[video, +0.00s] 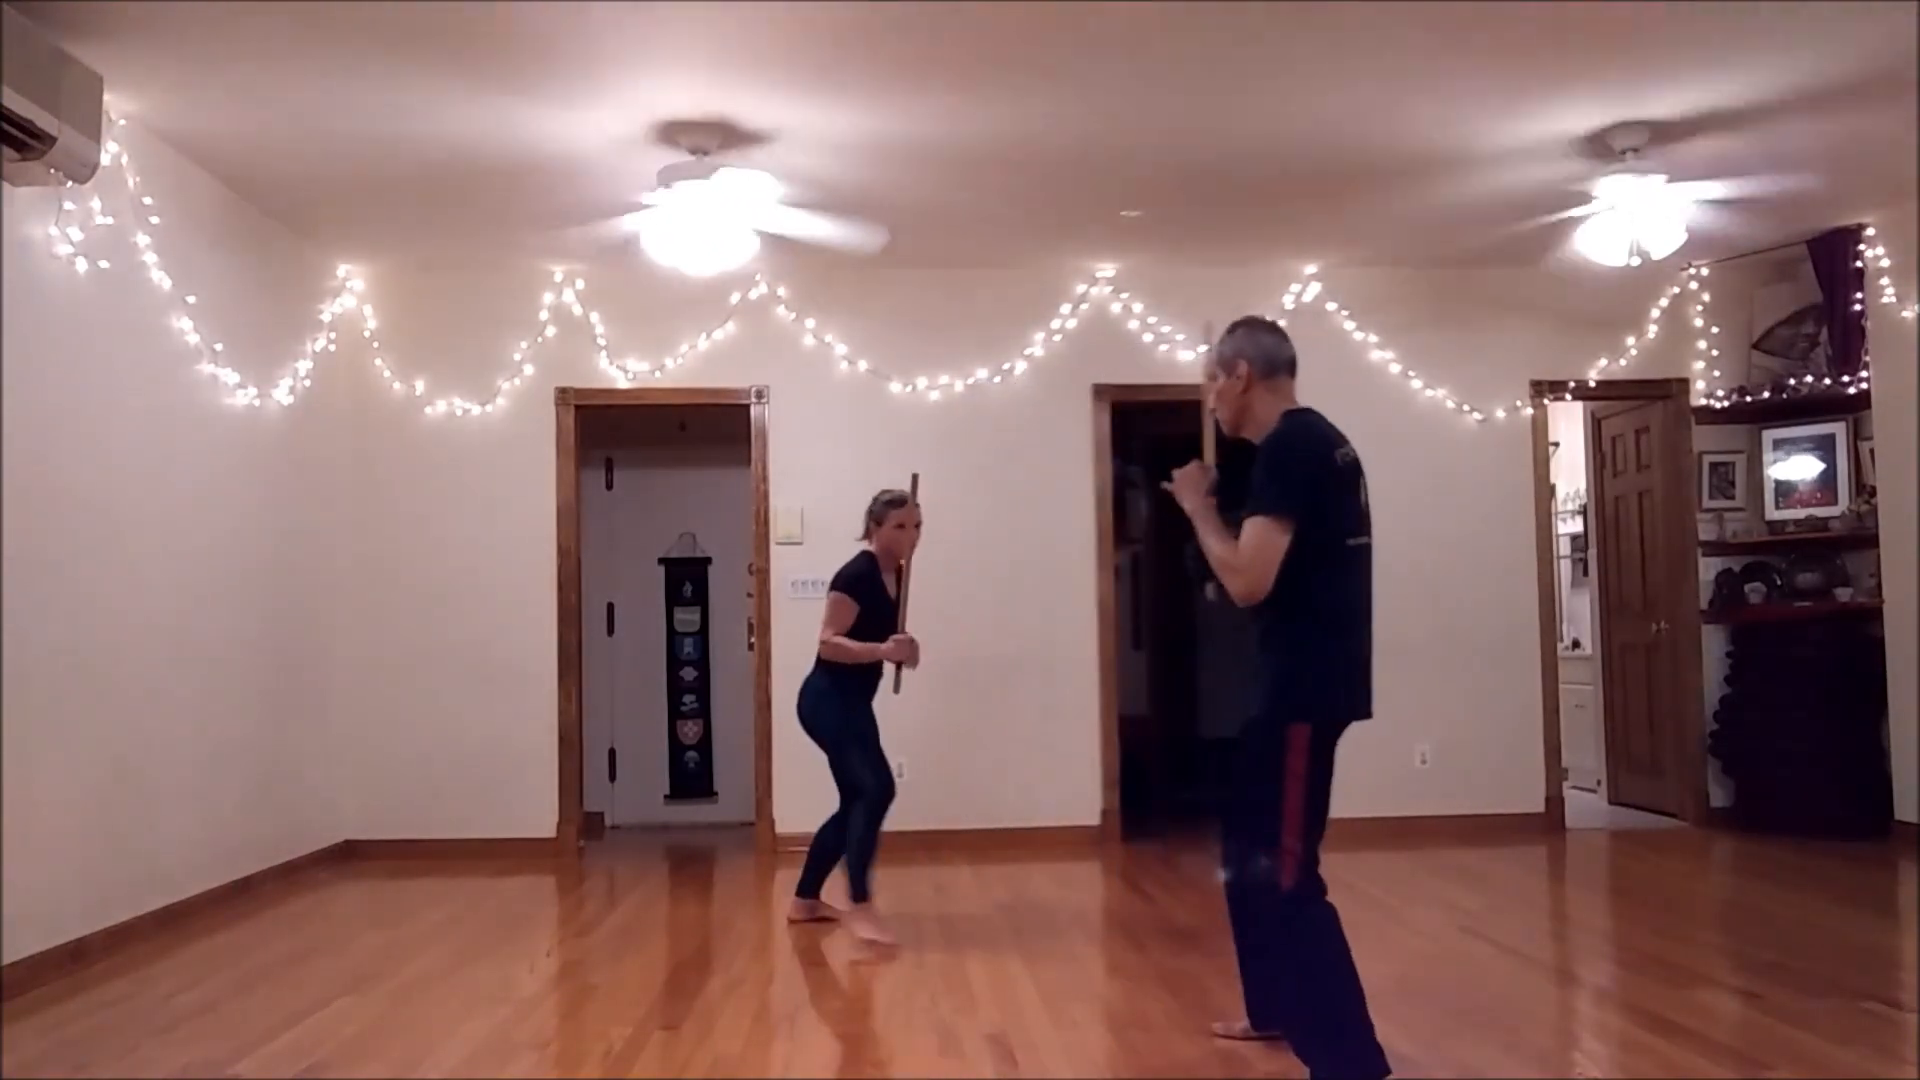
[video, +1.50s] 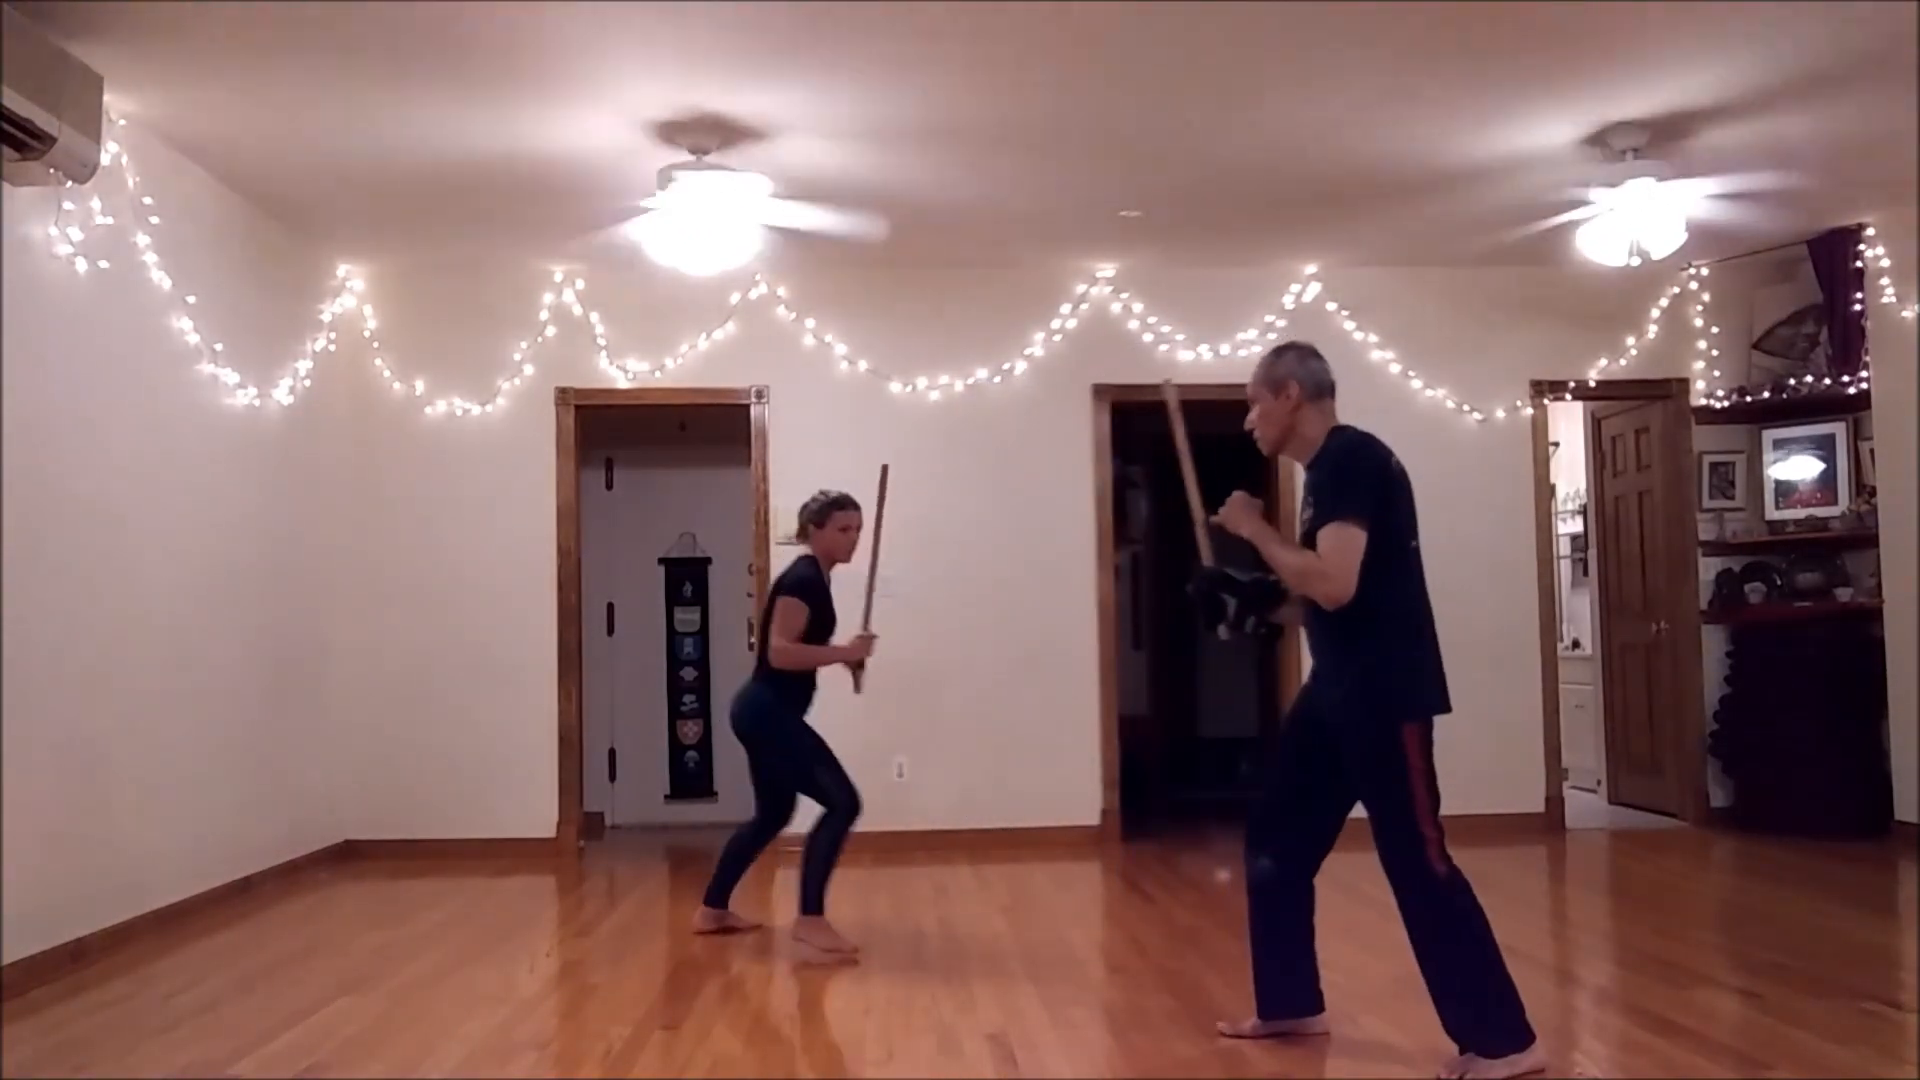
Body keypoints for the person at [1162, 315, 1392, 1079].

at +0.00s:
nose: (1210, 401)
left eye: (1212, 385)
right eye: (1209, 387)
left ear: (1239, 376)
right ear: (1274, 374)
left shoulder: (1293, 445)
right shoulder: (1313, 441)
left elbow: (1246, 580)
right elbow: (1280, 572)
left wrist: (1198, 506)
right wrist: (1218, 509)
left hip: (1305, 691)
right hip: (1299, 685)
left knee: (1284, 874)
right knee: (1252, 855)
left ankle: (1352, 1063)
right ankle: (1279, 1014)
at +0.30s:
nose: (1209, 415)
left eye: (1213, 398)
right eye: (1209, 399)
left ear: (1243, 389)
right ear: (1262, 389)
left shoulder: (1302, 449)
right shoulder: (1297, 455)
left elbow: (1285, 578)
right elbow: (1294, 580)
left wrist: (1210, 532)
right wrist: (1238, 568)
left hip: (1335, 686)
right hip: (1300, 683)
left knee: (1327, 865)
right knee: (1262, 845)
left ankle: (1372, 1056)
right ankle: (1281, 1009)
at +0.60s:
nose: (1235, 413)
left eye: (1240, 397)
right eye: (1235, 398)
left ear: (1271, 390)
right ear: (1288, 390)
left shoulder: (1333, 451)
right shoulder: (1316, 460)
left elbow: (1321, 577)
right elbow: (1322, 576)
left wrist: (1239, 535)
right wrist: (1245, 553)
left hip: (1364, 694)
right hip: (1318, 695)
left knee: (1396, 857)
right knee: (1264, 843)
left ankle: (1494, 1029)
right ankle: (1283, 1009)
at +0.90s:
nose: (1268, 405)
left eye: (1275, 389)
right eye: (1269, 391)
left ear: (1312, 385)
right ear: (1321, 386)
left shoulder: (1372, 451)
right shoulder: (1344, 465)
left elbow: (1362, 579)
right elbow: (1356, 585)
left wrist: (1276, 535)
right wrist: (1287, 592)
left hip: (1399, 694)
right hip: (1348, 692)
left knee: (1429, 864)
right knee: (1286, 836)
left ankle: (1505, 1043)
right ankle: (1293, 1004)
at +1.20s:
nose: (1257, 416)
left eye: (1262, 400)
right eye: (1256, 401)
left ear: (1299, 391)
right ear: (1305, 392)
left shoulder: (1363, 456)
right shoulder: (1329, 471)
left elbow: (1347, 581)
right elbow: (1342, 590)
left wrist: (1270, 527)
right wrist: (1276, 607)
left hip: (1393, 696)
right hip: (1341, 694)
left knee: (1422, 862)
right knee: (1282, 843)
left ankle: (1504, 1041)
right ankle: (1290, 1008)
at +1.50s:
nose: (1250, 422)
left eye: (1255, 405)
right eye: (1249, 406)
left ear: (1292, 396)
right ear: (1298, 397)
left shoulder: (1352, 458)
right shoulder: (1323, 473)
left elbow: (1335, 582)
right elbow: (1333, 592)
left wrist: (1259, 532)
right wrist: (1270, 604)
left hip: (1386, 697)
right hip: (1338, 696)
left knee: (1420, 862)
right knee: (1277, 843)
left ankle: (1503, 1041)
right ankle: (1290, 1008)